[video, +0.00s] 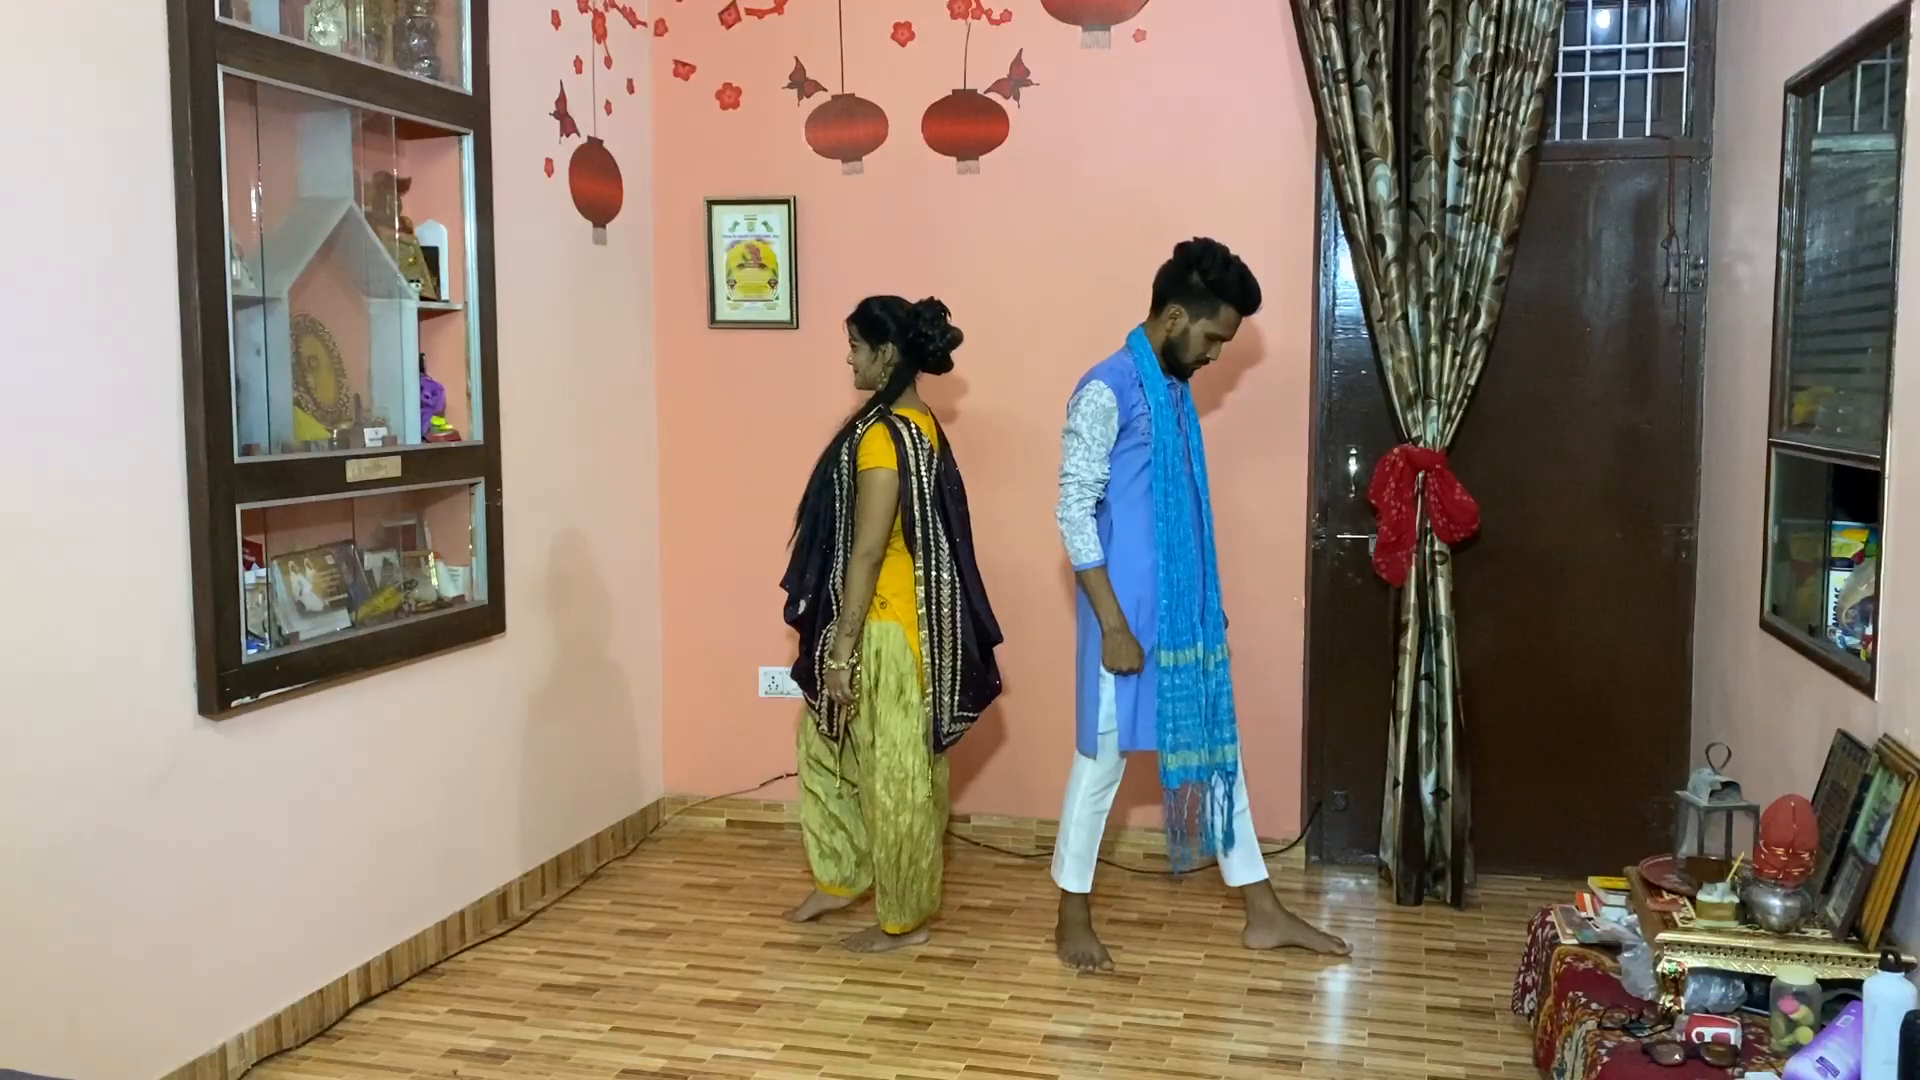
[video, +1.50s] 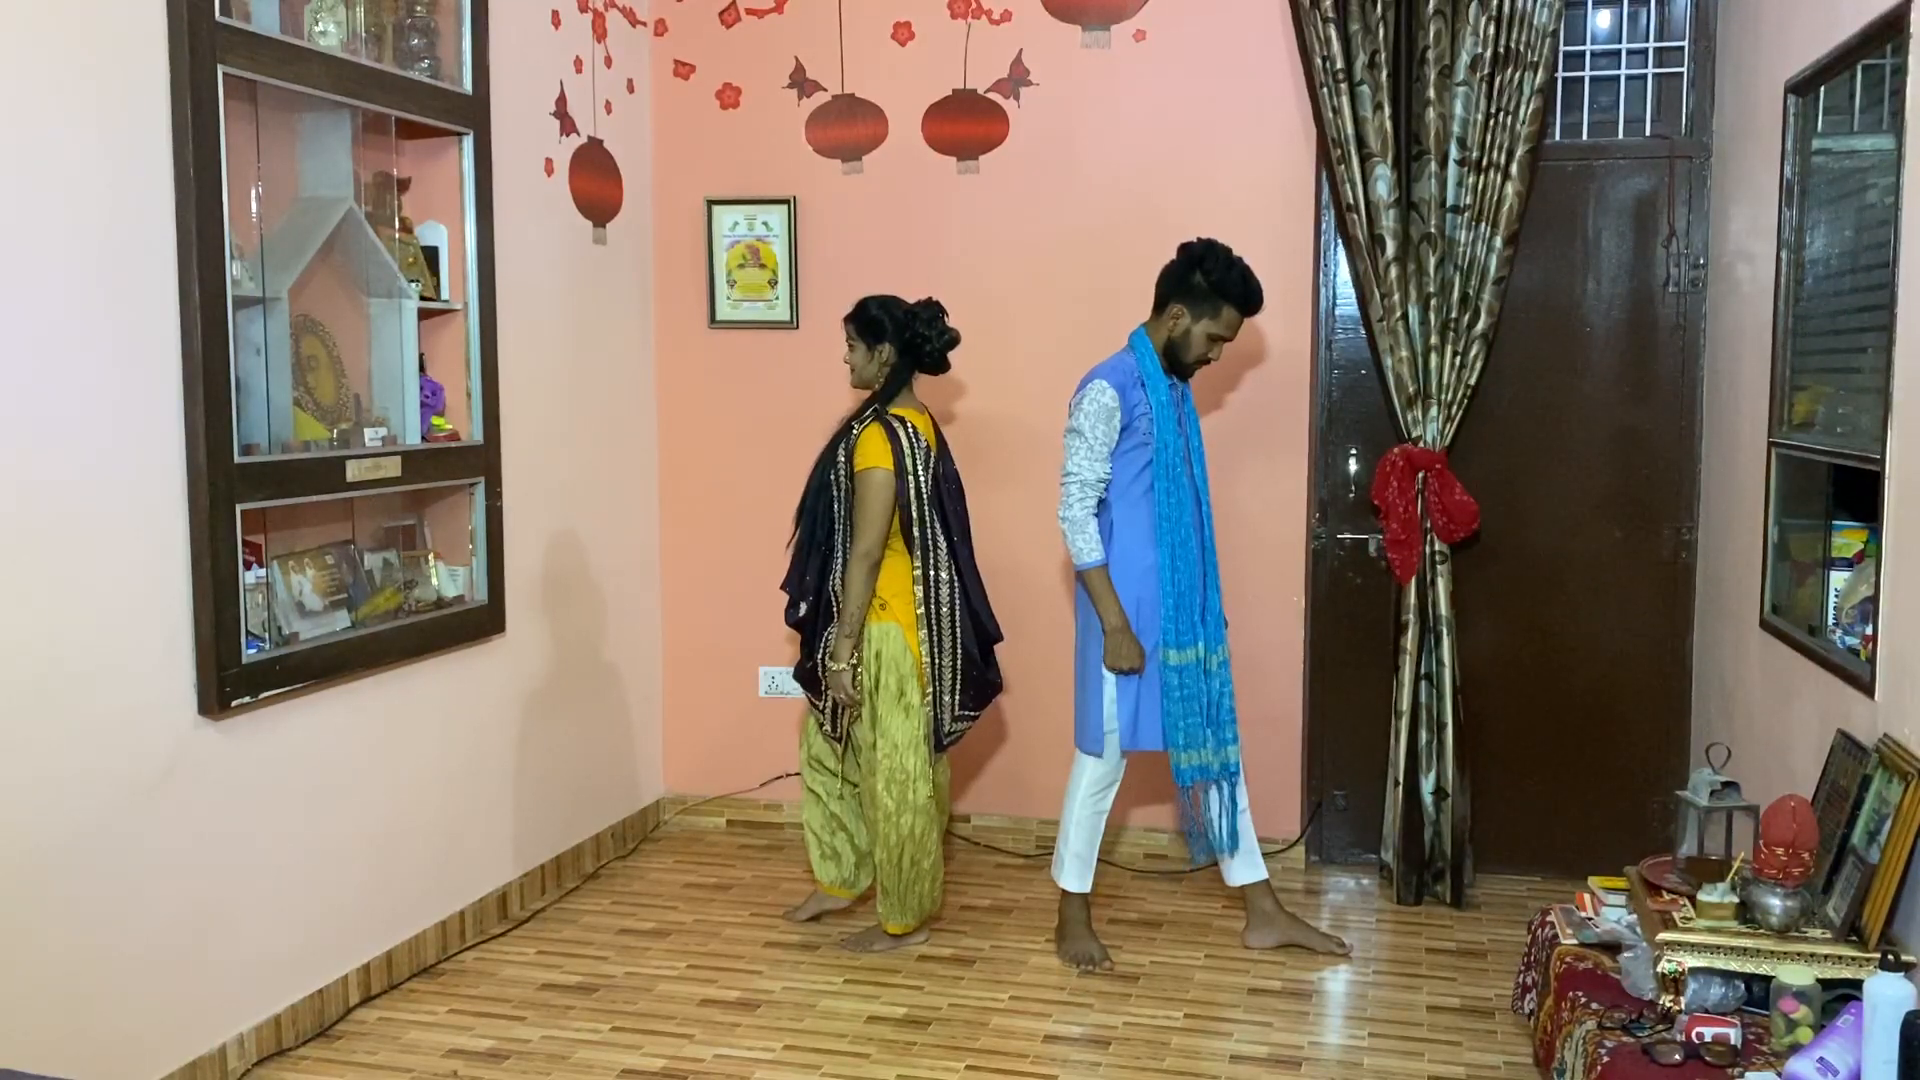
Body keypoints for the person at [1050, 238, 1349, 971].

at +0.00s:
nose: (1217, 352)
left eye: (1225, 339)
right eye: (1214, 336)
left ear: (1196, 320)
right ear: (1172, 312)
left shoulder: (1173, 390)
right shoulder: (1105, 393)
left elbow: (1177, 516)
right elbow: (1075, 515)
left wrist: (1204, 608)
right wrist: (1113, 623)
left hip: (1186, 606)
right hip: (1123, 607)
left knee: (1214, 747)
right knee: (1102, 757)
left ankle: (1263, 908)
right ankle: (1073, 915)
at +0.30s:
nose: (1218, 353)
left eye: (1226, 340)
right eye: (1214, 337)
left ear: (1196, 320)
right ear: (1172, 312)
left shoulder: (1172, 391)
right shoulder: (1105, 393)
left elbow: (1171, 515)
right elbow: (1075, 514)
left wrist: (1196, 606)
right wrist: (1113, 623)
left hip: (1184, 605)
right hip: (1122, 606)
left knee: (1212, 743)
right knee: (1102, 756)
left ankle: (1263, 907)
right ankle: (1072, 914)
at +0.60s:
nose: (1218, 353)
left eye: (1226, 340)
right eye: (1215, 337)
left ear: (1194, 320)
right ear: (1173, 312)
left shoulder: (1172, 392)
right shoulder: (1105, 393)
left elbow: (1172, 516)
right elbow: (1075, 515)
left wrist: (1198, 607)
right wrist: (1113, 624)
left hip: (1184, 605)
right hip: (1122, 607)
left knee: (1212, 746)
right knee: (1102, 757)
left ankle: (1263, 908)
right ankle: (1072, 915)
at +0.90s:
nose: (1218, 353)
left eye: (1226, 340)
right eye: (1215, 336)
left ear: (1193, 320)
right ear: (1173, 312)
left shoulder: (1172, 392)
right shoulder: (1105, 393)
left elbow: (1173, 517)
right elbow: (1076, 516)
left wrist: (1199, 608)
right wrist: (1113, 623)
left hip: (1184, 605)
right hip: (1122, 607)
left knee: (1211, 745)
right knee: (1102, 756)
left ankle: (1263, 907)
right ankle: (1072, 913)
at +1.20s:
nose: (1218, 353)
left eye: (1226, 340)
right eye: (1215, 336)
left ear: (1195, 320)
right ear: (1172, 312)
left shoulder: (1172, 392)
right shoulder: (1106, 393)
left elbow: (1173, 516)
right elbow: (1076, 514)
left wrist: (1199, 608)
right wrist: (1113, 623)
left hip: (1184, 605)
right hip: (1122, 606)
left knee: (1212, 744)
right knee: (1102, 755)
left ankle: (1263, 907)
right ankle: (1072, 914)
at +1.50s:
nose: (1219, 353)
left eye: (1227, 340)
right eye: (1215, 336)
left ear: (1194, 320)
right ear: (1173, 312)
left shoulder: (1172, 391)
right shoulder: (1106, 392)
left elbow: (1173, 516)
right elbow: (1076, 515)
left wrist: (1200, 608)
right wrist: (1114, 622)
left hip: (1184, 604)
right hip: (1123, 605)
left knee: (1211, 745)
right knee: (1103, 754)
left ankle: (1263, 908)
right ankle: (1072, 913)